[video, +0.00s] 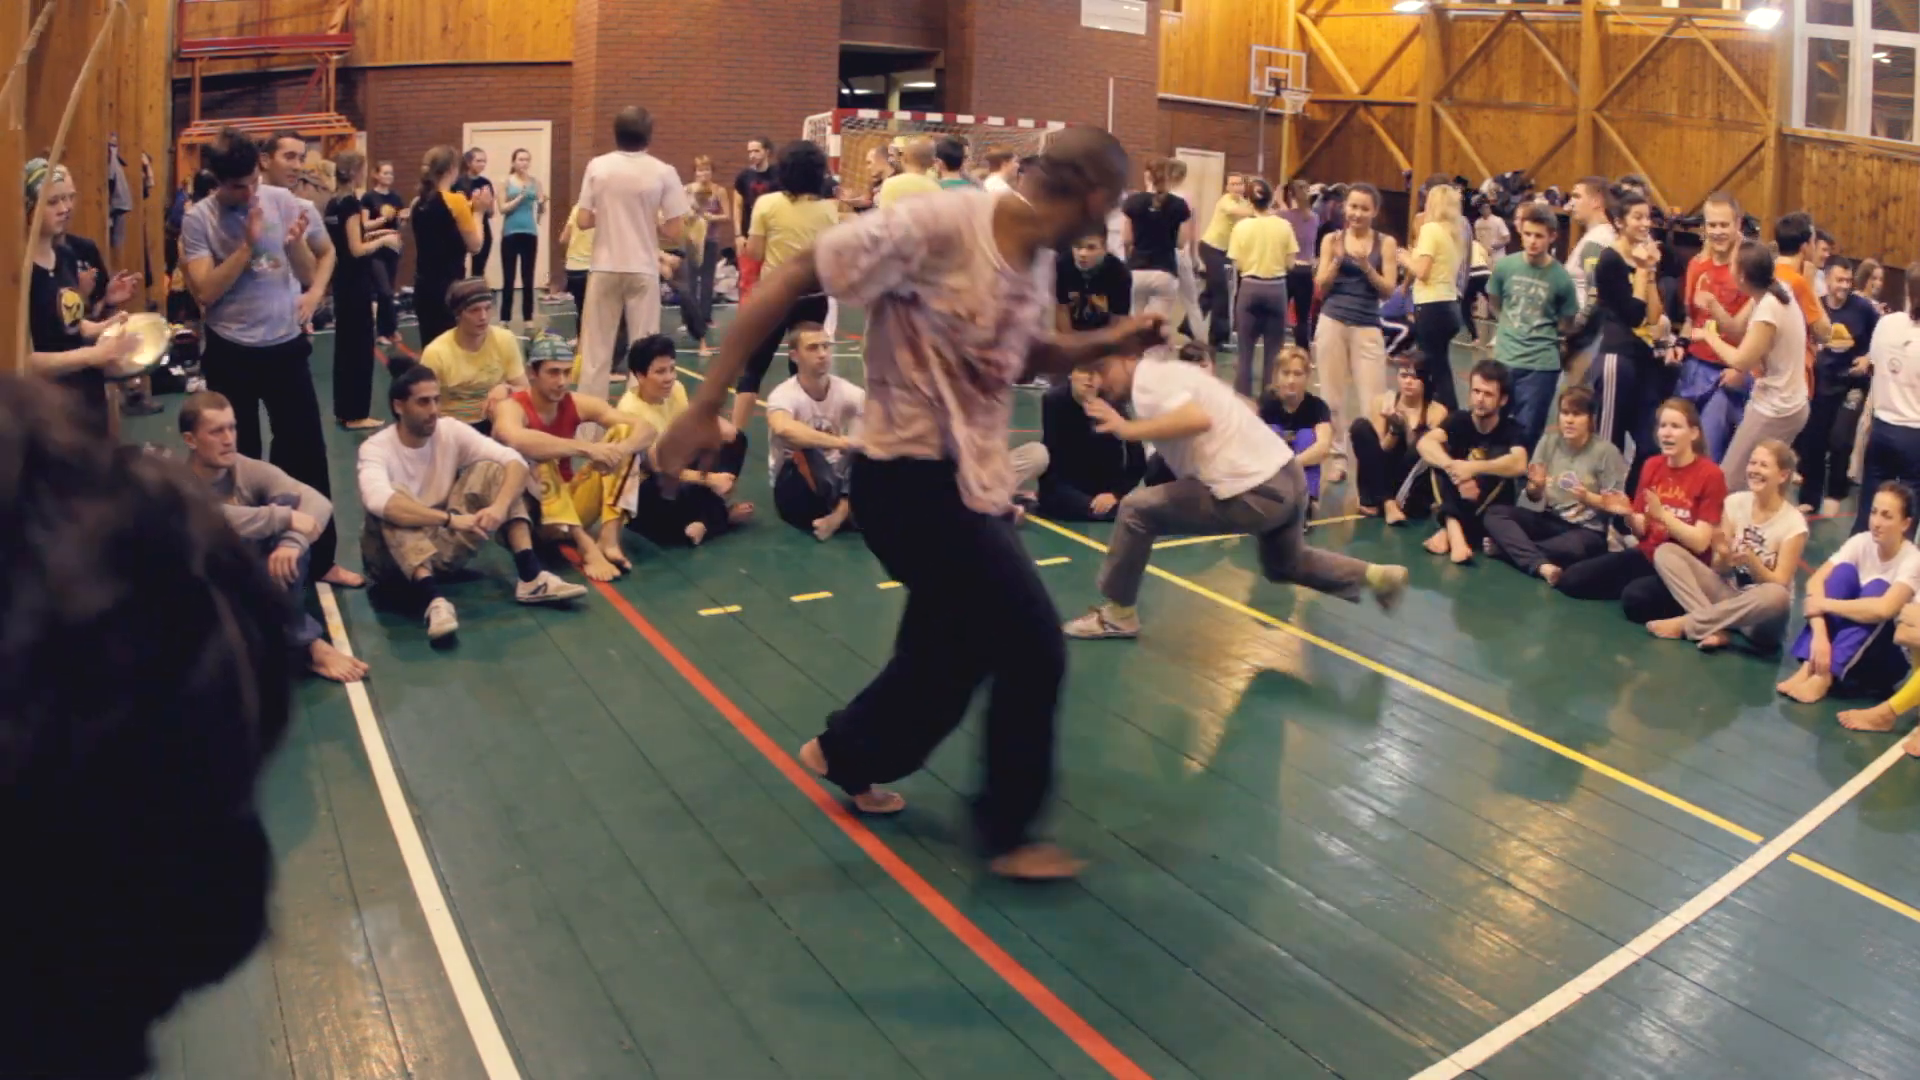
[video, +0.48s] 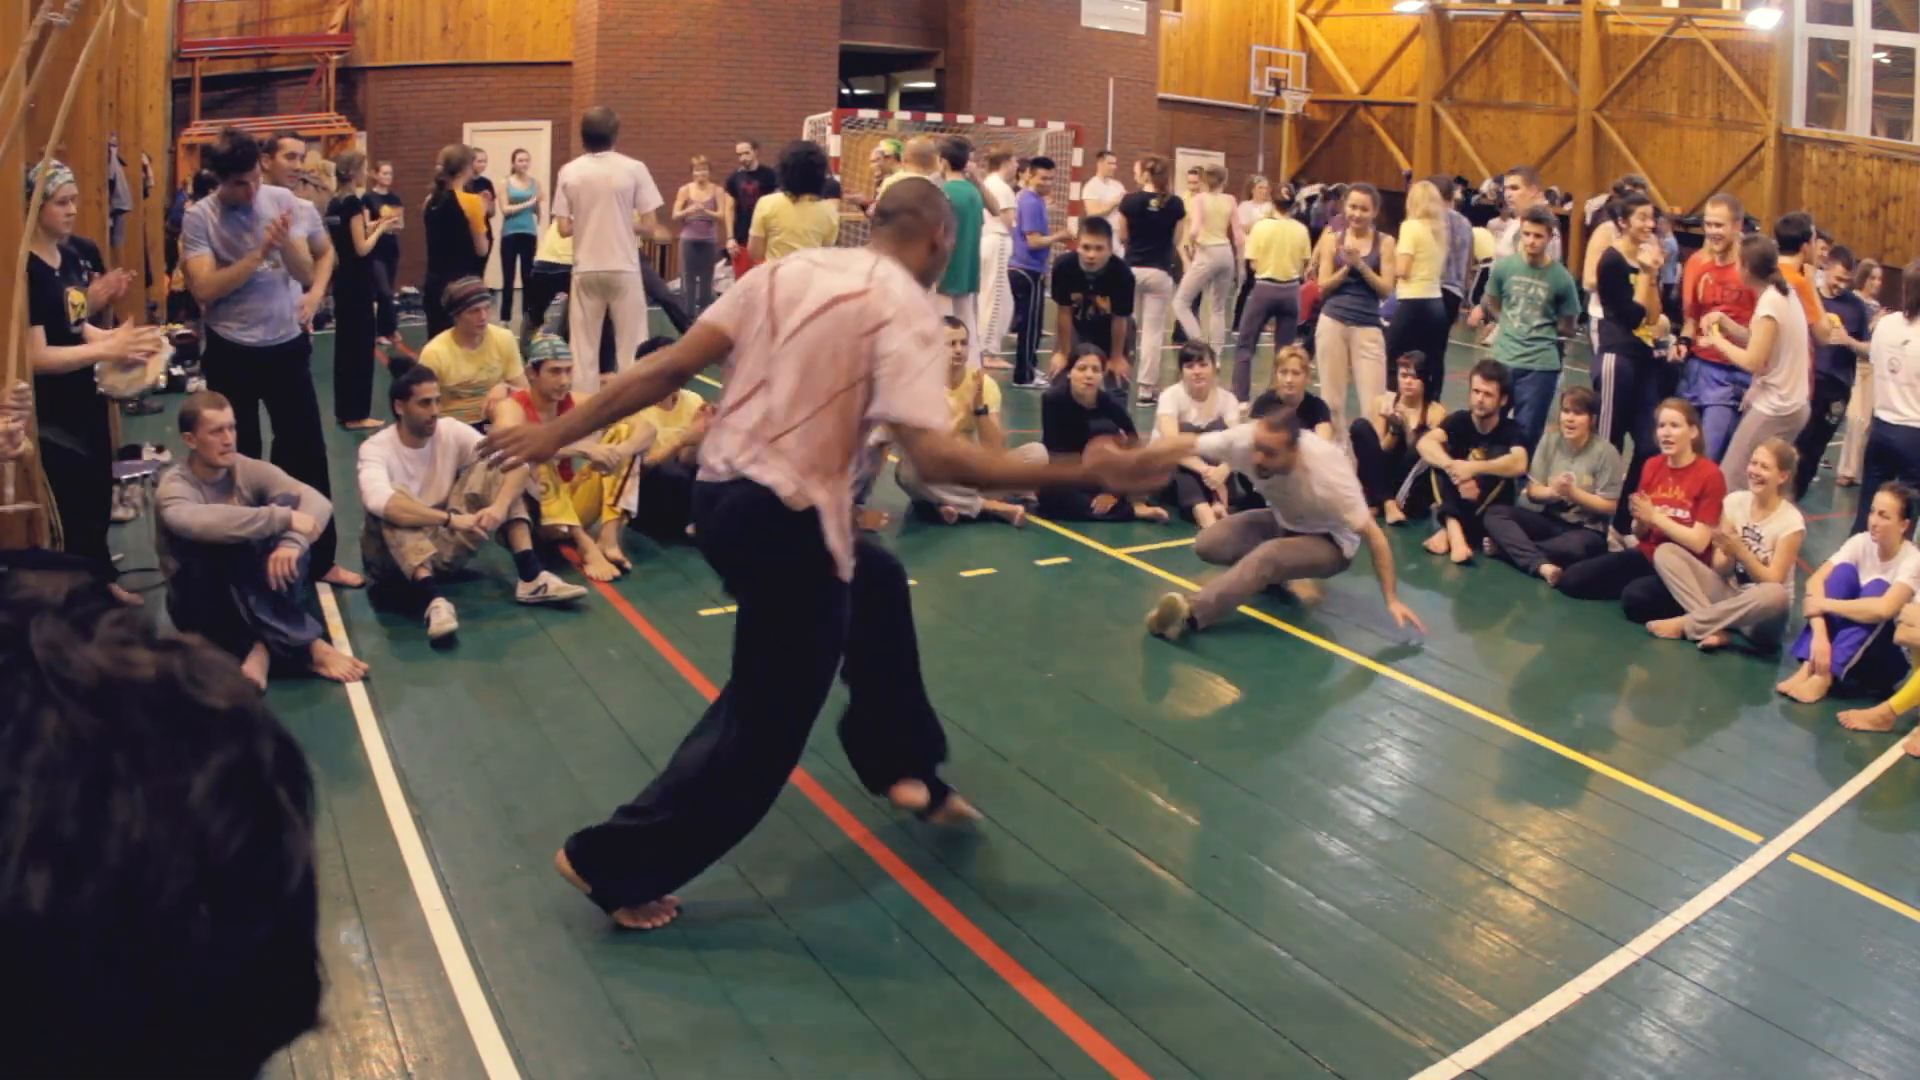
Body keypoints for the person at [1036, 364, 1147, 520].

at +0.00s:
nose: (1090, 378)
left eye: (1096, 372)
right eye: (1083, 370)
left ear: (1104, 378)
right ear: (1070, 374)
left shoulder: (1114, 405)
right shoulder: (1055, 401)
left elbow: (1138, 463)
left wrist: (1116, 494)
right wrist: (1090, 502)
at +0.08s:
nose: (1089, 376)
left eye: (1097, 370)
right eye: (1083, 369)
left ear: (1105, 376)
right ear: (1070, 373)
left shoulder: (1116, 405)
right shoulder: (1056, 400)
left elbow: (1138, 459)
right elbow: (1052, 463)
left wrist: (1116, 494)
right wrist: (1089, 501)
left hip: (1104, 487)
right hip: (1065, 485)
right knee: (1051, 504)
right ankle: (1130, 512)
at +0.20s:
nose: (1090, 376)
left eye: (1096, 371)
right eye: (1083, 369)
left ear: (1103, 376)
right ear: (1070, 374)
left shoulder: (1113, 408)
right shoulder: (1054, 402)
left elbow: (1136, 460)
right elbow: (1051, 455)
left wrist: (1116, 494)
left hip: (1103, 482)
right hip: (1066, 481)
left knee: (1106, 429)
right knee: (1052, 503)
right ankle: (1130, 512)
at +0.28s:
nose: (1090, 376)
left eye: (1096, 370)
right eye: (1082, 369)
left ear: (1103, 376)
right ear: (1070, 373)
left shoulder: (1111, 406)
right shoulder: (1054, 401)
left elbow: (1138, 458)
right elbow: (1052, 457)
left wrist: (1115, 494)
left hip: (1104, 483)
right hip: (1067, 481)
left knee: (1106, 429)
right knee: (1052, 502)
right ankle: (1129, 512)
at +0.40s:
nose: (1089, 375)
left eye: (1096, 370)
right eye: (1082, 369)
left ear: (1102, 376)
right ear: (1069, 373)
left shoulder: (1110, 405)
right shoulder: (1054, 401)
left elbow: (1138, 456)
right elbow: (1051, 455)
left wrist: (1116, 494)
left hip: (1103, 480)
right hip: (1065, 481)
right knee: (1053, 503)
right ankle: (1130, 512)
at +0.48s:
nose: (1089, 375)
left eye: (1095, 370)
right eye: (1082, 369)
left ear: (1102, 376)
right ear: (1069, 373)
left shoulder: (1109, 403)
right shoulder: (1053, 400)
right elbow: (1054, 456)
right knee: (1052, 502)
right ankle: (1130, 511)